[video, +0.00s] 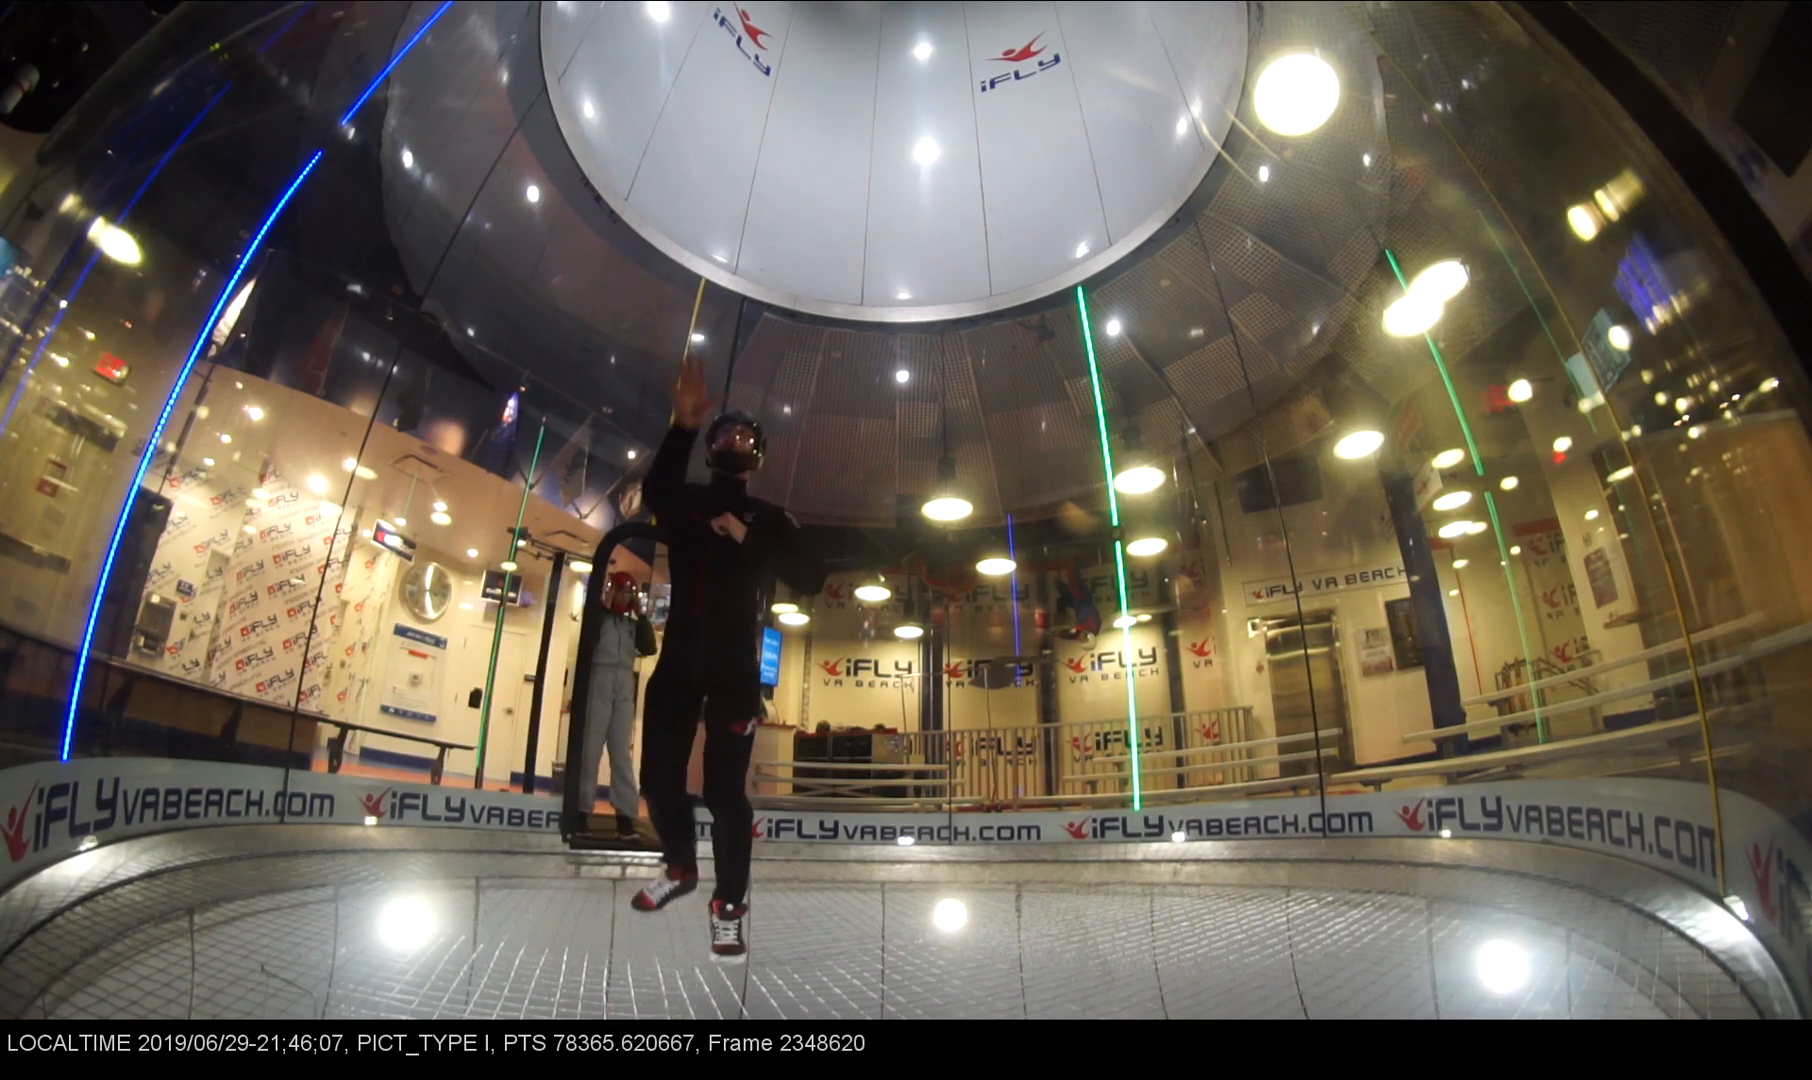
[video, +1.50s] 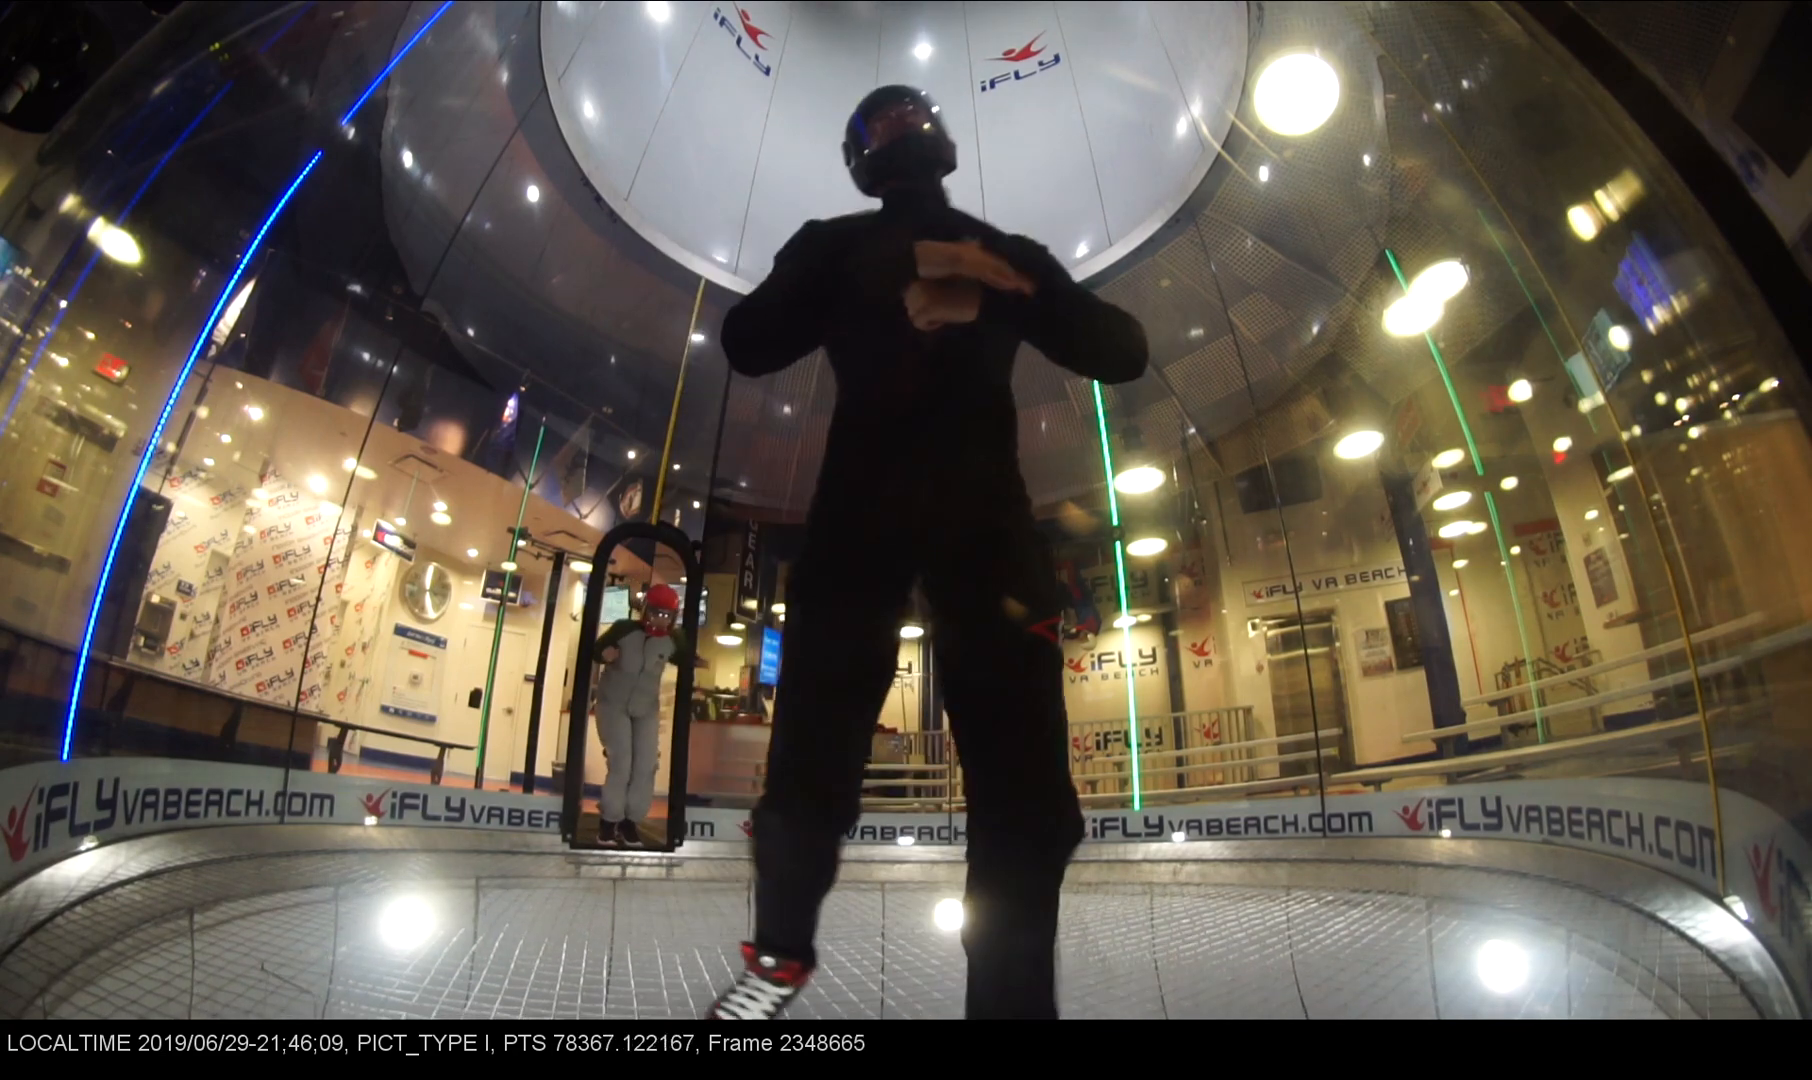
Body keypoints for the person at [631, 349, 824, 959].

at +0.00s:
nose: (737, 442)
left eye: (747, 437)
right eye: (727, 434)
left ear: (758, 455)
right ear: (708, 448)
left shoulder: (771, 518)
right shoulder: (683, 501)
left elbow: (810, 576)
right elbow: (656, 490)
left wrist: (750, 536)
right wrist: (681, 428)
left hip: (736, 661)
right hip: (678, 656)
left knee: (725, 788)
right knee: (659, 773)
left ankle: (731, 905)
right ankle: (681, 869)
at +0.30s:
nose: (738, 371)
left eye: (751, 367)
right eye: (730, 364)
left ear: (769, 390)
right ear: (712, 381)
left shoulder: (782, 469)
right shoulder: (685, 443)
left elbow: (813, 540)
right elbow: (663, 385)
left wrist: (739, 485)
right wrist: (682, 303)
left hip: (739, 630)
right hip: (668, 623)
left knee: (732, 773)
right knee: (655, 767)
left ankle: (728, 896)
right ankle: (647, 926)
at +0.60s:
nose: (744, 305)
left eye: (759, 300)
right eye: (732, 294)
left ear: (775, 324)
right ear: (706, 312)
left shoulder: (789, 407)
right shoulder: (671, 381)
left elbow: (842, 484)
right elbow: (625, 335)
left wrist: (762, 411)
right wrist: (677, 223)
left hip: (747, 605)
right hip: (666, 599)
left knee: (752, 784)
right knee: (655, 778)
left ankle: (721, 868)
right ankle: (646, 948)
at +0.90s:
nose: (812, 247)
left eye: (813, 238)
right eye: (800, 232)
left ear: (805, 263)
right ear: (754, 237)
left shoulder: (814, 343)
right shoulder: (696, 321)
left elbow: (863, 381)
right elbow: (649, 353)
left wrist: (773, 284)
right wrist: (729, 270)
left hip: (771, 564)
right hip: (681, 561)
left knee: (808, 758)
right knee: (660, 762)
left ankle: (841, 954)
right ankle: (653, 956)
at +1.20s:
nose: (846, 189)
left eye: (853, 181)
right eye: (827, 181)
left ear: (865, 214)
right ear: (792, 201)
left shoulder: (912, 317)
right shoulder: (758, 294)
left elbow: (1022, 387)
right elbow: (762, 234)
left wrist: (892, 333)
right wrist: (796, 141)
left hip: (874, 556)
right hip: (756, 549)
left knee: (944, 808)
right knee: (704, 771)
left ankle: (986, 1008)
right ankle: (664, 953)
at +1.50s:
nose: (909, 129)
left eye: (922, 117)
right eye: (886, 124)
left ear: (950, 146)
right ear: (860, 161)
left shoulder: (1009, 256)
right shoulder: (835, 245)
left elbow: (1127, 352)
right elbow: (747, 346)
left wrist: (1017, 284)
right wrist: (871, 270)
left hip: (985, 521)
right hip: (858, 521)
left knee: (1025, 795)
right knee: (814, 753)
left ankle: (1013, 1011)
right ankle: (779, 954)